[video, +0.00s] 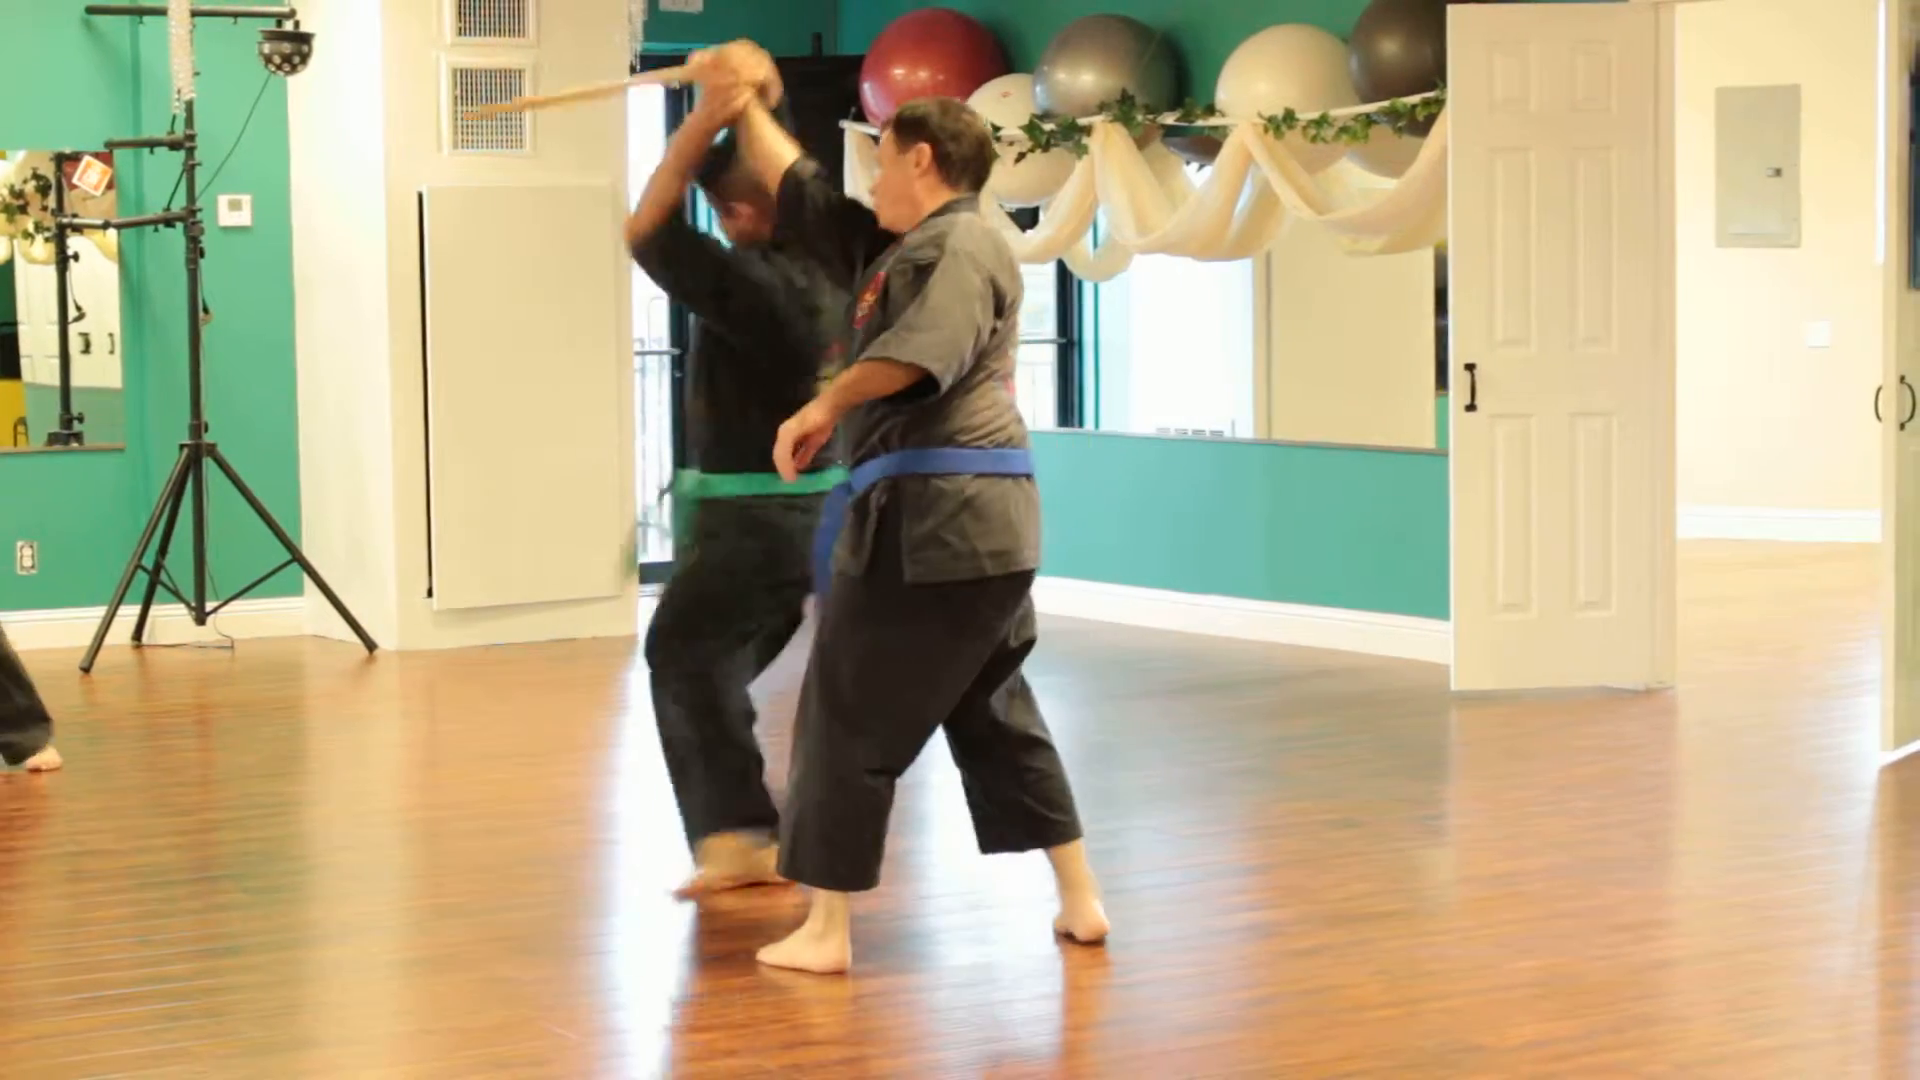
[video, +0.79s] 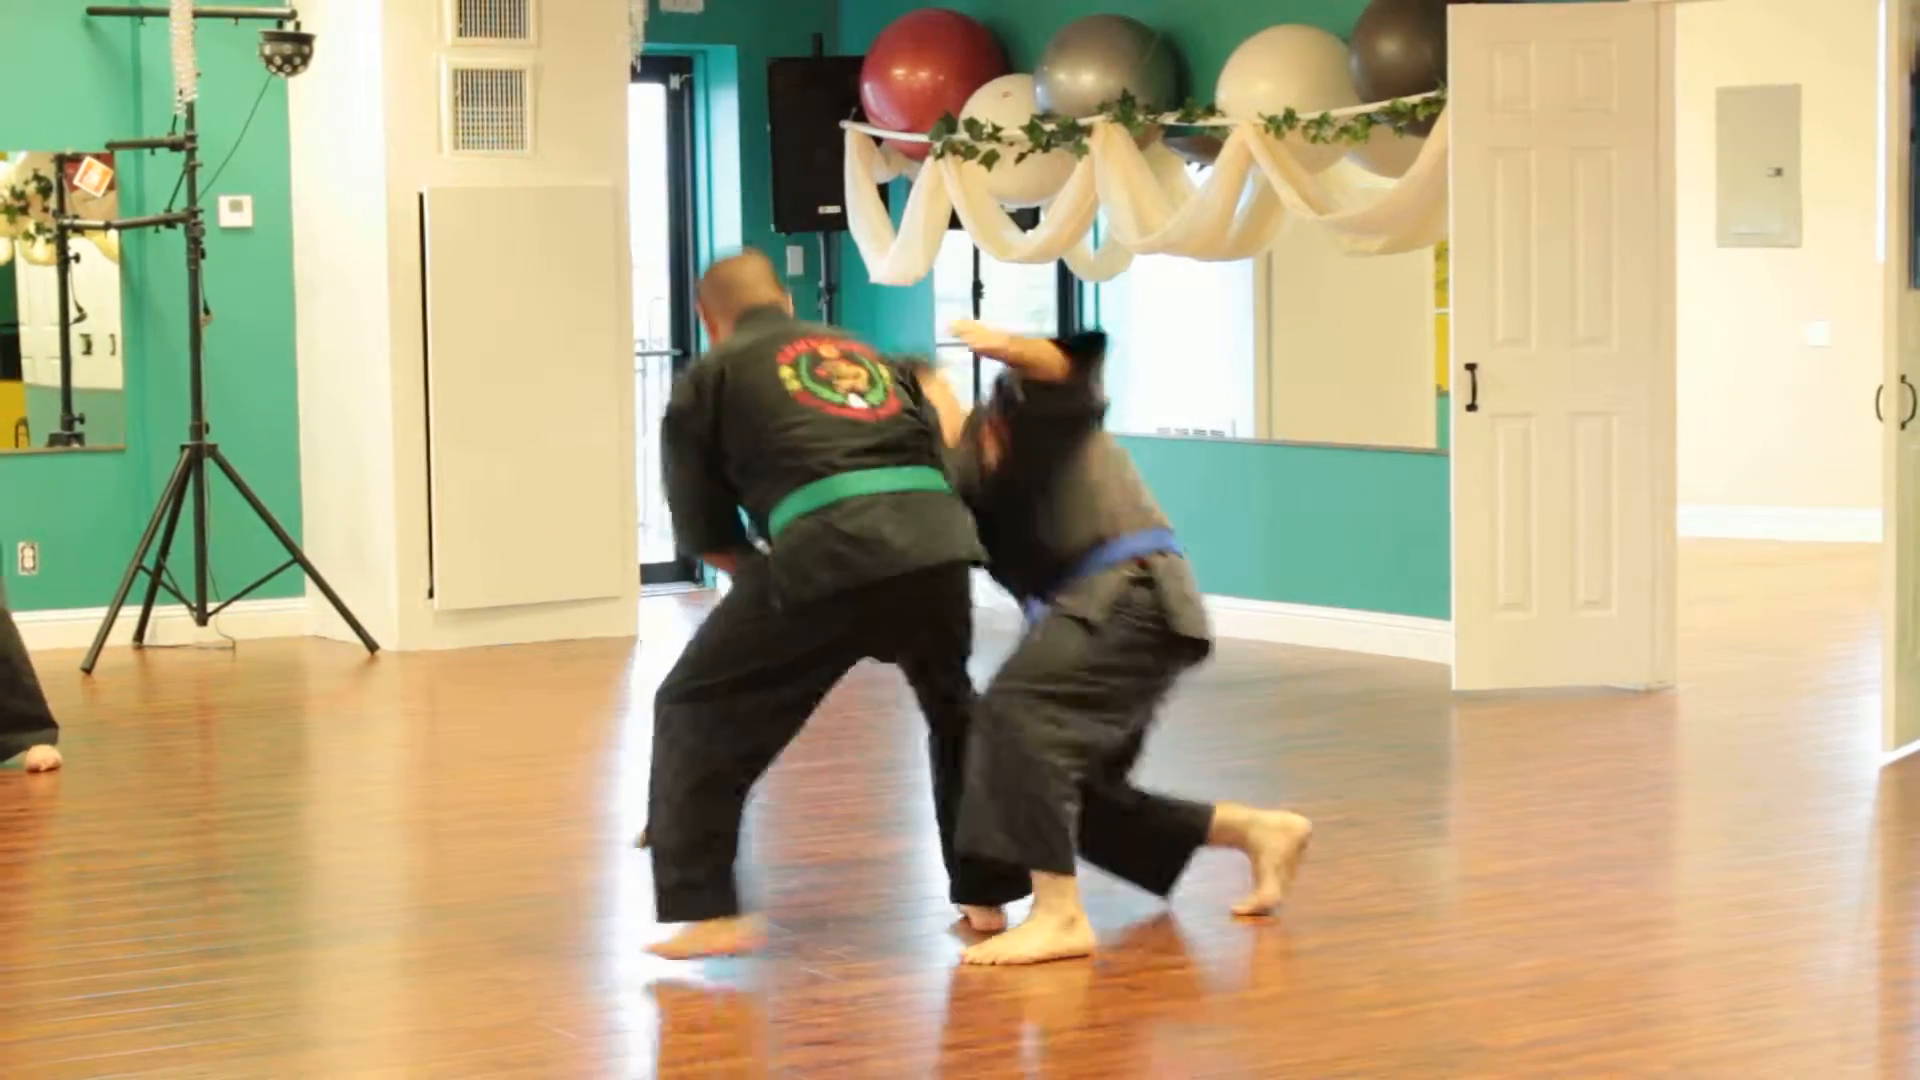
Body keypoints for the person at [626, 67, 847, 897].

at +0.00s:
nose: (721, 222)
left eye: (726, 207)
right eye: (719, 208)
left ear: (747, 208)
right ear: (782, 196)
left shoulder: (755, 284)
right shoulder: (827, 263)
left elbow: (649, 234)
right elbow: (792, 175)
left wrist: (706, 118)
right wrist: (749, 103)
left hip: (753, 511)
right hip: (798, 507)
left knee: (680, 655)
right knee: (717, 667)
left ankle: (731, 840)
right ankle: (753, 834)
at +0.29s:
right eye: (746, 180)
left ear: (659, 191)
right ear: (745, 184)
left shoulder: (624, 267)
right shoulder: (800, 268)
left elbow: (635, 206)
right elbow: (859, 228)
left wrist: (698, 171)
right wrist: (803, 138)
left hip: (660, 531)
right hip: (766, 530)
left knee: (628, 724)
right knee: (747, 678)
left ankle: (666, 906)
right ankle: (777, 861)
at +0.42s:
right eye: (730, 158)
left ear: (651, 180)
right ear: (730, 167)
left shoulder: (618, 266)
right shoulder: (784, 250)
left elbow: (607, 316)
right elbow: (861, 312)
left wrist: (705, 220)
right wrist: (809, 232)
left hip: (668, 535)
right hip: (780, 530)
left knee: (632, 742)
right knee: (810, 701)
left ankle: (670, 926)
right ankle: (856, 870)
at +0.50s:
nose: (746, 167)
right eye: (743, 158)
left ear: (663, 181)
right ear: (742, 168)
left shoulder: (627, 275)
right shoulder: (810, 260)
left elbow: (614, 361)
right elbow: (879, 342)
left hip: (686, 545)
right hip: (800, 539)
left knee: (634, 744)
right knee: (838, 704)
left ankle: (668, 924)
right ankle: (930, 865)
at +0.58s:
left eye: (678, 202)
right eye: (772, 183)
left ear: (685, 203)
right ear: (769, 189)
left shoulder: (656, 297)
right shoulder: (842, 282)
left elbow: (632, 434)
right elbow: (888, 416)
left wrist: (715, 404)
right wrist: (813, 404)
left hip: (718, 559)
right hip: (834, 553)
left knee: (640, 746)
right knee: (880, 725)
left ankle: (667, 926)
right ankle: (975, 884)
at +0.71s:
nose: (698, 279)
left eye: (696, 269)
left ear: (706, 267)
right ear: (785, 255)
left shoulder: (695, 338)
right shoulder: (862, 319)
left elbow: (676, 495)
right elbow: (929, 448)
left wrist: (744, 518)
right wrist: (888, 505)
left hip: (785, 566)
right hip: (899, 560)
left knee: (679, 720)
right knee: (925, 710)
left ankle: (664, 921)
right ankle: (978, 895)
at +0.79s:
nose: (702, 332)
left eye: (700, 323)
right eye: (704, 324)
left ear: (711, 318)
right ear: (786, 303)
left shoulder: (705, 380)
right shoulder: (862, 352)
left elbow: (706, 535)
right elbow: (929, 454)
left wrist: (785, 580)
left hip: (828, 553)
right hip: (939, 538)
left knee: (693, 708)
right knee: (952, 700)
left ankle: (706, 912)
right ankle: (984, 899)